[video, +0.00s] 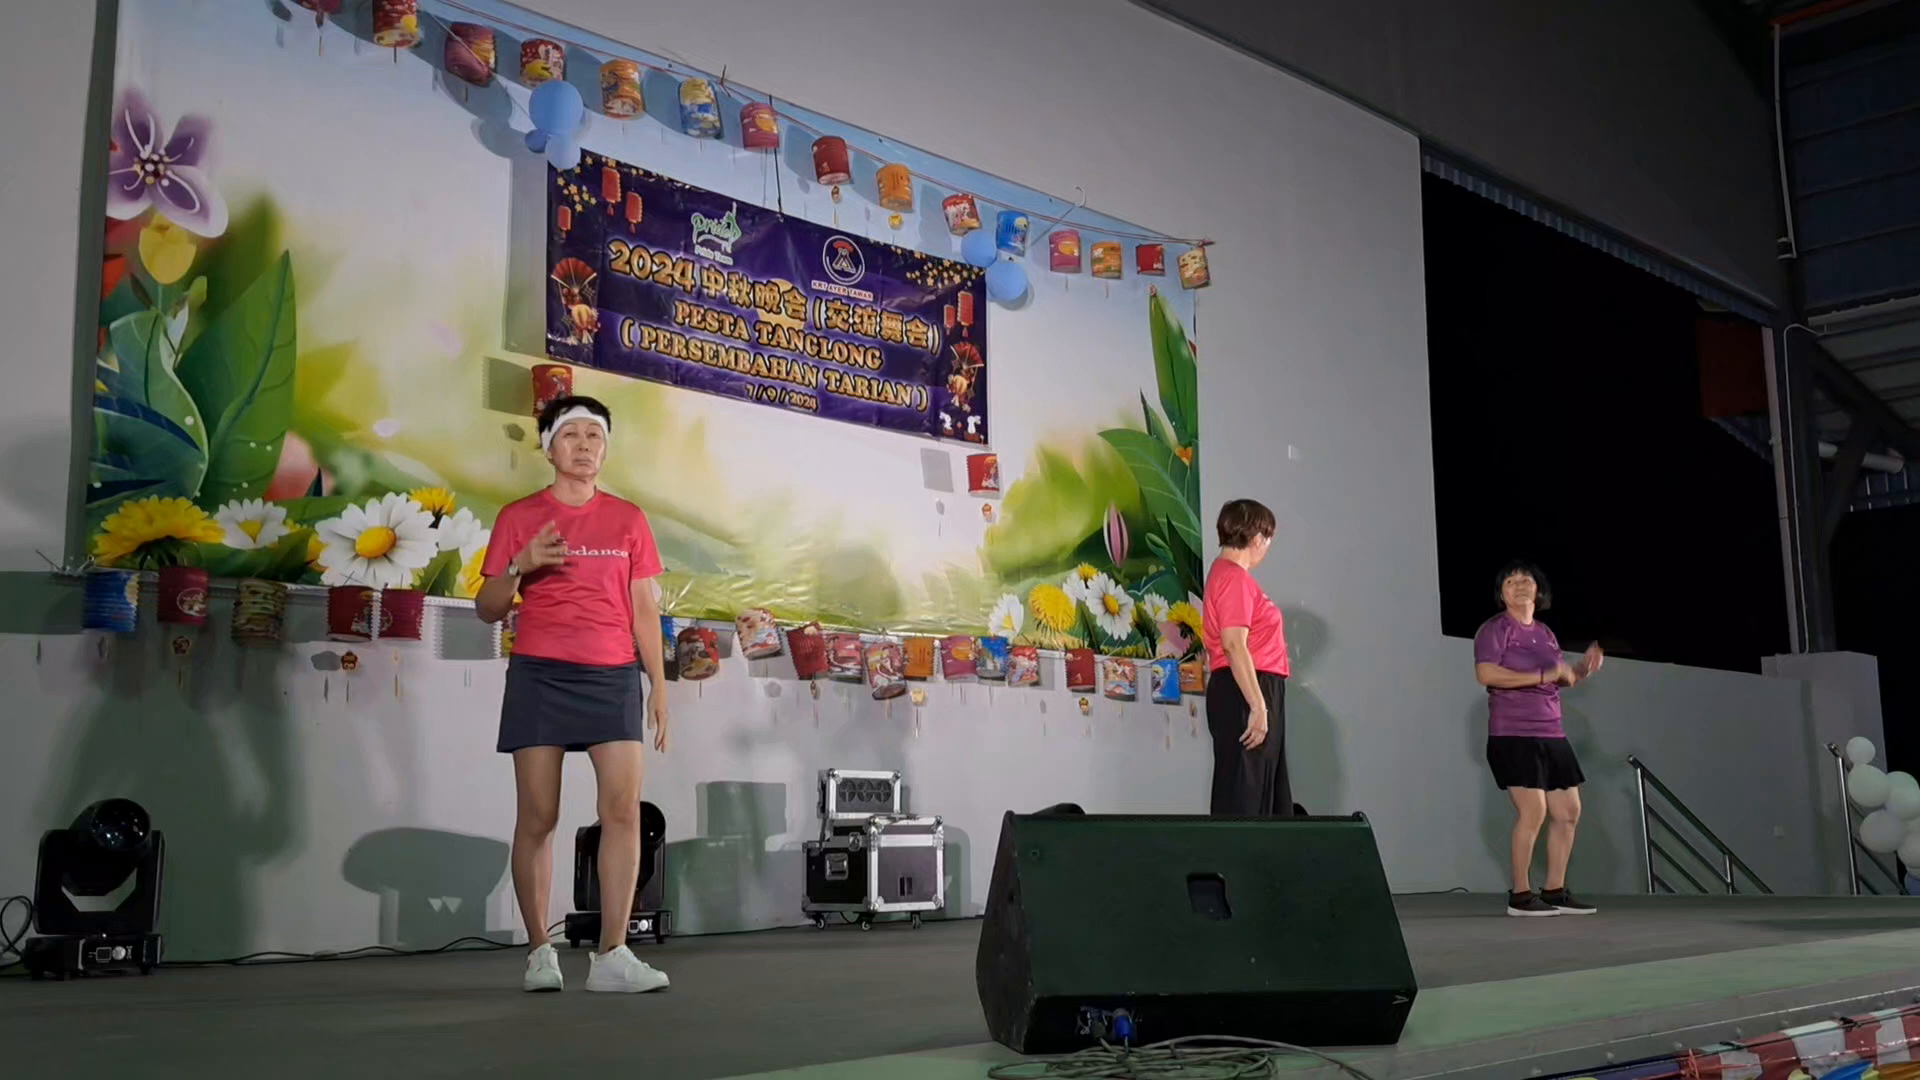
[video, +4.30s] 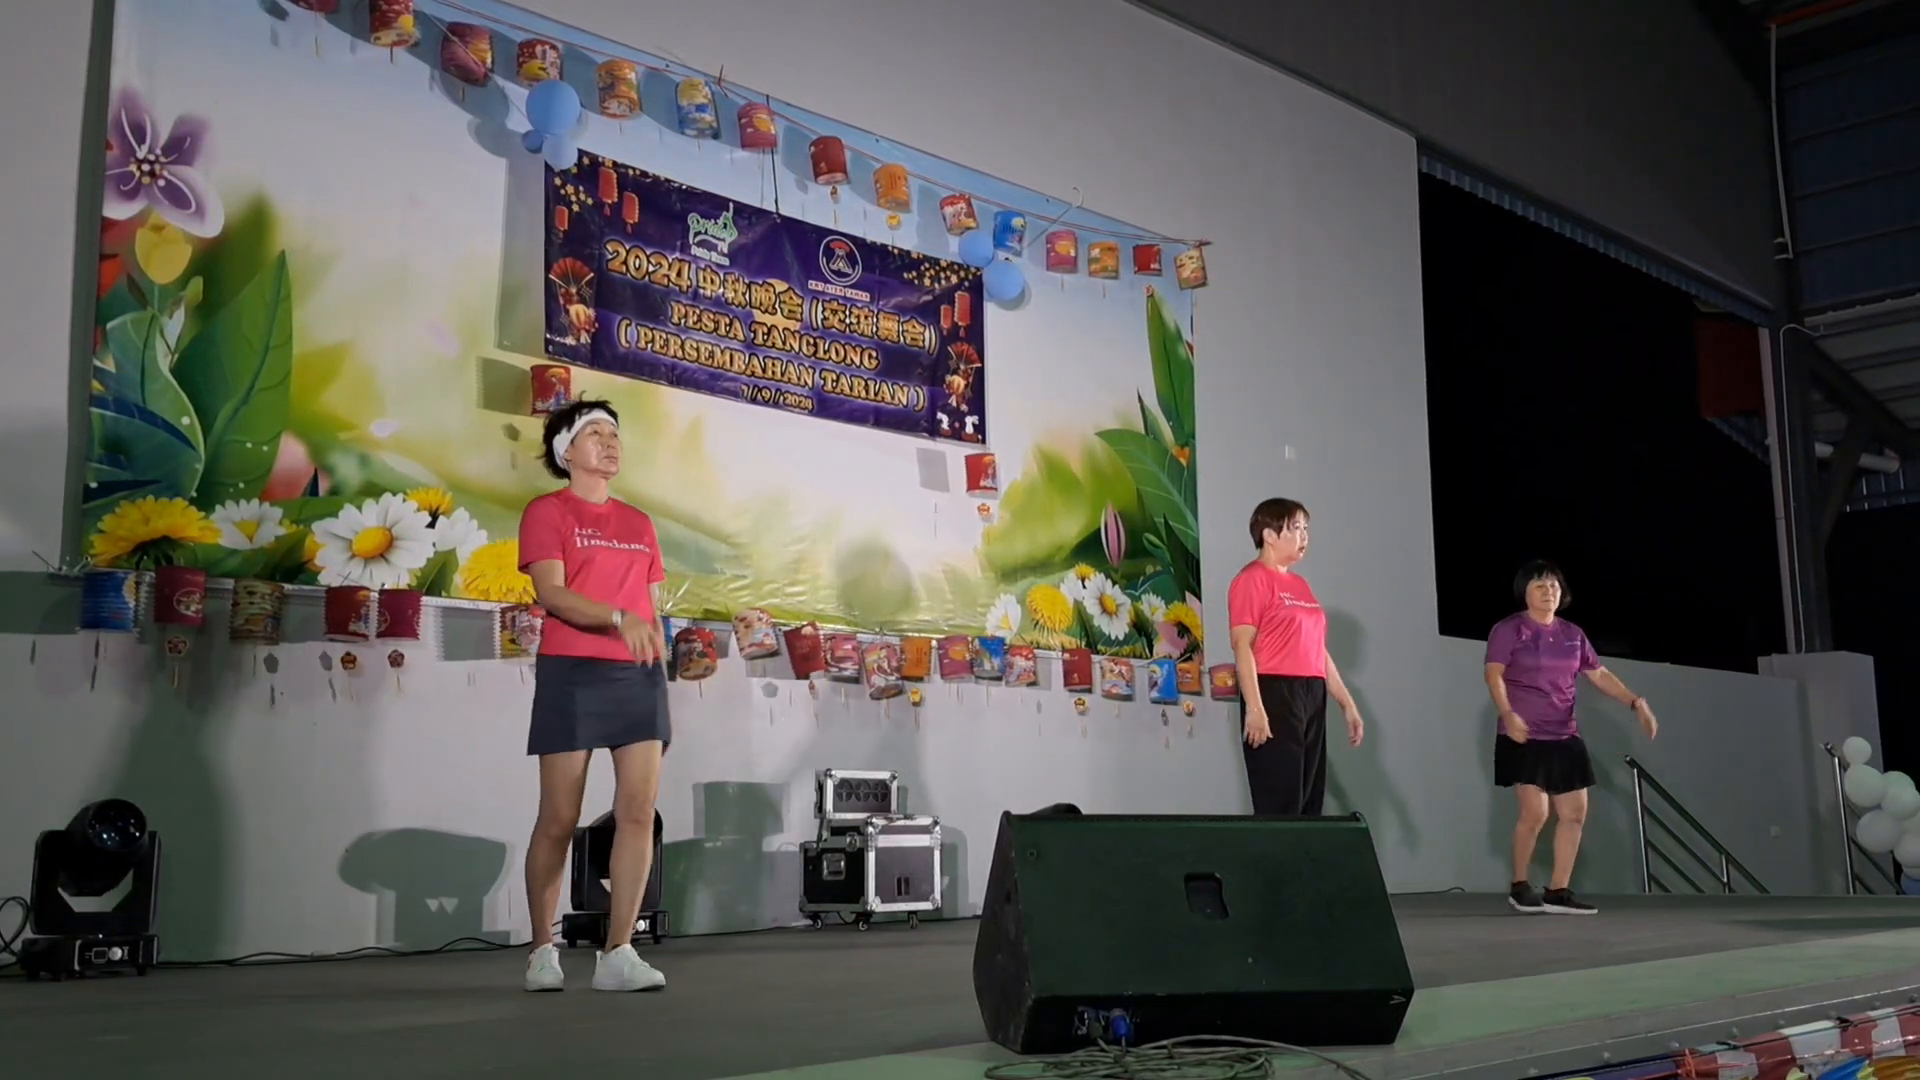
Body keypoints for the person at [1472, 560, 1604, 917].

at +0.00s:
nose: (1519, 586)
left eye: (1525, 581)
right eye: (1512, 582)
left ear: (1538, 590)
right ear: (1501, 592)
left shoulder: (1546, 634)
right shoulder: (1493, 630)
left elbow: (1559, 679)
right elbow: (1486, 674)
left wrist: (1582, 668)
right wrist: (1543, 677)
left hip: (1551, 735)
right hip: (1511, 736)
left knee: (1568, 810)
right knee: (1532, 811)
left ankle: (1554, 891)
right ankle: (1520, 895)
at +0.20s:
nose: (1516, 590)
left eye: (1522, 584)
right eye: (1508, 585)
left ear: (1533, 591)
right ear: (1497, 593)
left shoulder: (1540, 634)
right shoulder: (1488, 629)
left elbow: (1547, 684)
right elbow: (1471, 673)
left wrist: (1568, 715)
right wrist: (1517, 705)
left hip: (1543, 738)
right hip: (1505, 737)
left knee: (1570, 811)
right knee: (1520, 810)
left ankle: (1546, 886)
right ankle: (1519, 896)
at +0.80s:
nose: (1527, 593)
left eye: (1533, 587)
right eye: (1518, 586)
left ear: (1541, 594)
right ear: (1504, 593)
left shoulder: (1547, 635)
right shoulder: (1495, 628)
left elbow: (1558, 685)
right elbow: (1500, 673)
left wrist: (1574, 727)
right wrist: (1548, 696)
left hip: (1551, 735)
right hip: (1514, 733)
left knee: (1549, 813)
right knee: (1523, 809)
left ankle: (1542, 891)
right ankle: (1519, 893)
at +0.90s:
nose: (1534, 596)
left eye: (1540, 590)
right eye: (1526, 588)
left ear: (1546, 597)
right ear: (1509, 592)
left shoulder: (1548, 636)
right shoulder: (1497, 628)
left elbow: (1562, 686)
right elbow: (1518, 663)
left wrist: (1577, 725)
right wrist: (1572, 669)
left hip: (1553, 735)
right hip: (1515, 735)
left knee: (1550, 815)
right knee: (1525, 811)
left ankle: (1542, 891)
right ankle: (1519, 894)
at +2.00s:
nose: (1541, 588)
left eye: (1545, 583)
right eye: (1532, 583)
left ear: (1551, 592)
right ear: (1516, 591)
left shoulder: (1554, 633)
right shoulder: (1502, 628)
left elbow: (1564, 676)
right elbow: (1486, 672)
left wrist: (1577, 706)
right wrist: (1537, 695)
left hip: (1556, 736)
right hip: (1518, 735)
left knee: (1554, 815)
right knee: (1530, 811)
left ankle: (1542, 890)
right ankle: (1519, 893)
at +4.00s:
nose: (1552, 587)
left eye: (1557, 582)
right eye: (1544, 582)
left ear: (1563, 591)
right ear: (1528, 590)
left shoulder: (1566, 632)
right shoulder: (1520, 629)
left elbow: (1583, 680)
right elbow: (1520, 682)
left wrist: (1605, 722)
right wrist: (1549, 728)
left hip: (1575, 736)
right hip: (1540, 736)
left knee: (1576, 814)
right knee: (1558, 811)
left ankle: (1559, 891)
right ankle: (1541, 892)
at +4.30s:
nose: (1548, 592)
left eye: (1553, 587)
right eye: (1540, 586)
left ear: (1560, 594)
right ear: (1525, 593)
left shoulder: (1573, 635)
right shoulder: (1508, 631)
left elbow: (1600, 675)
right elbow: (1493, 675)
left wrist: (1635, 701)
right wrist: (1507, 714)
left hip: (1565, 738)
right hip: (1523, 736)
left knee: (1574, 812)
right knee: (1535, 811)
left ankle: (1558, 891)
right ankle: (1520, 886)